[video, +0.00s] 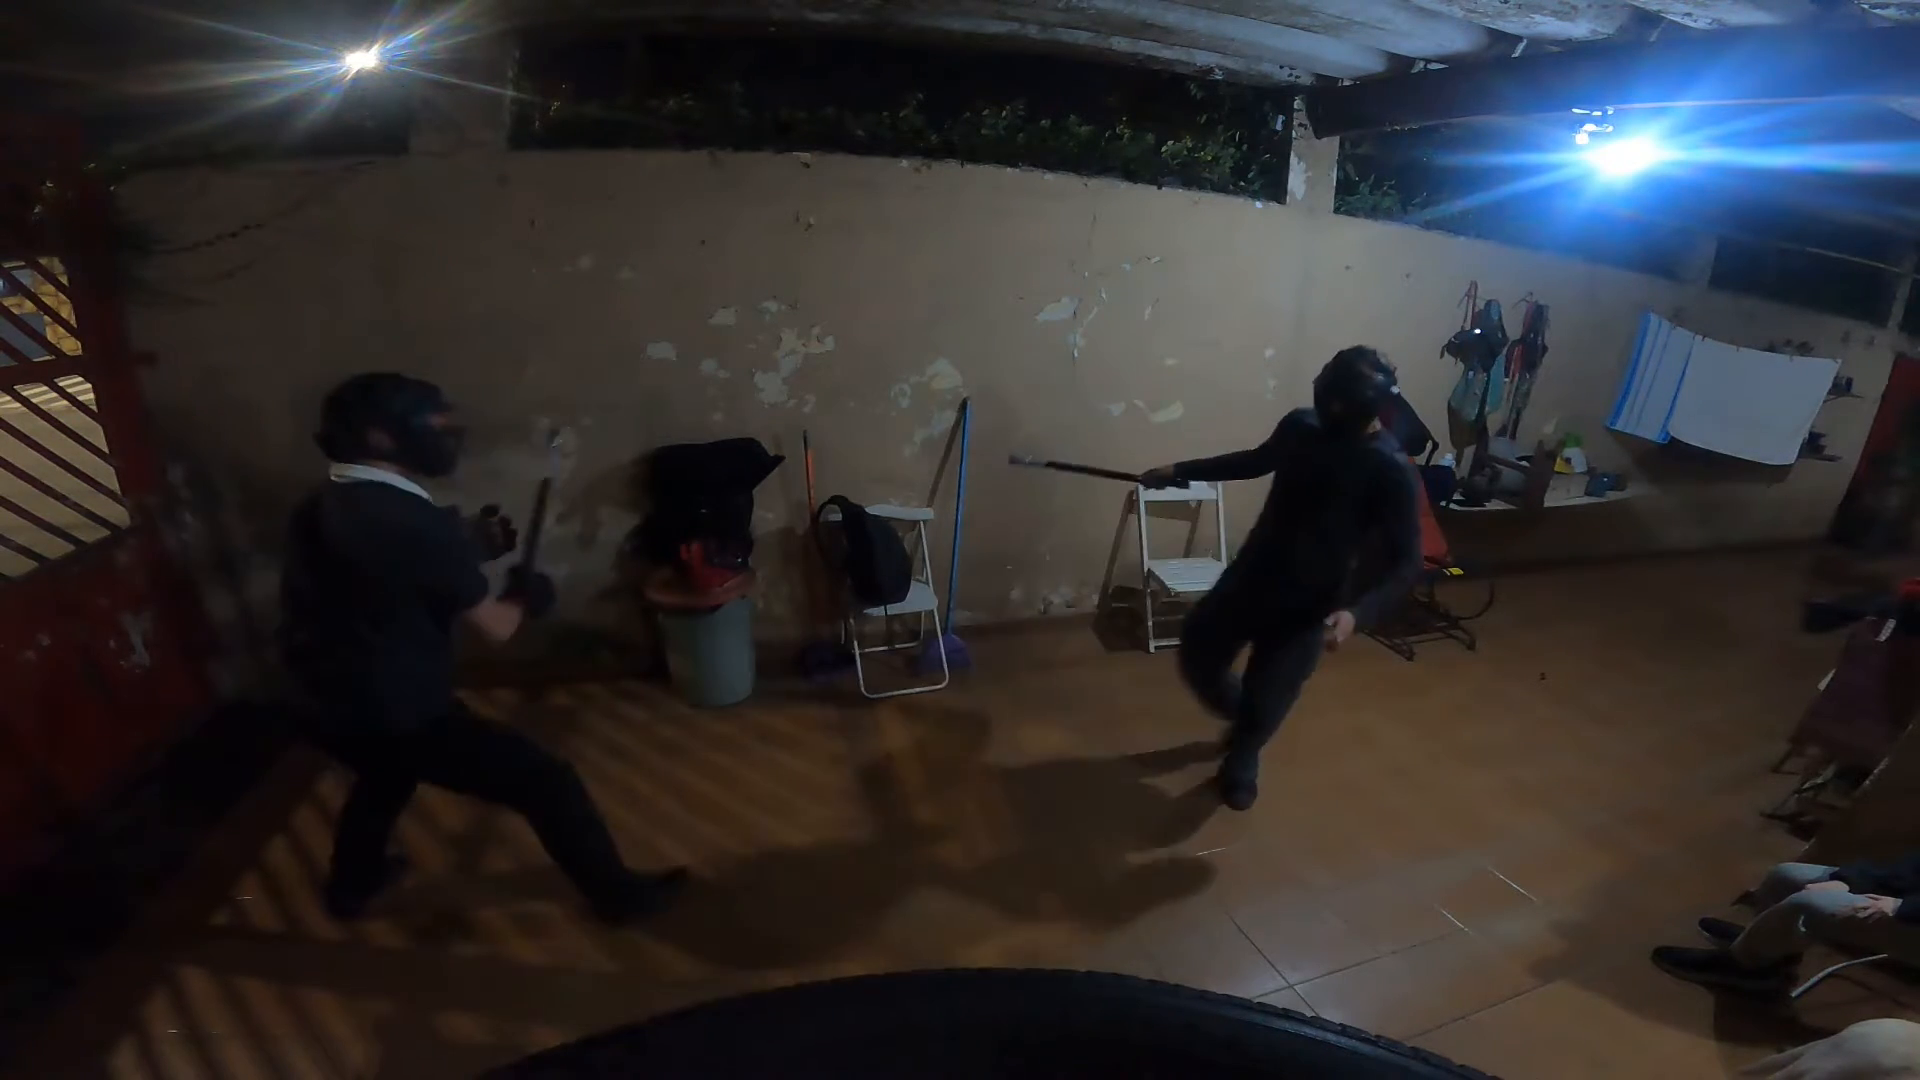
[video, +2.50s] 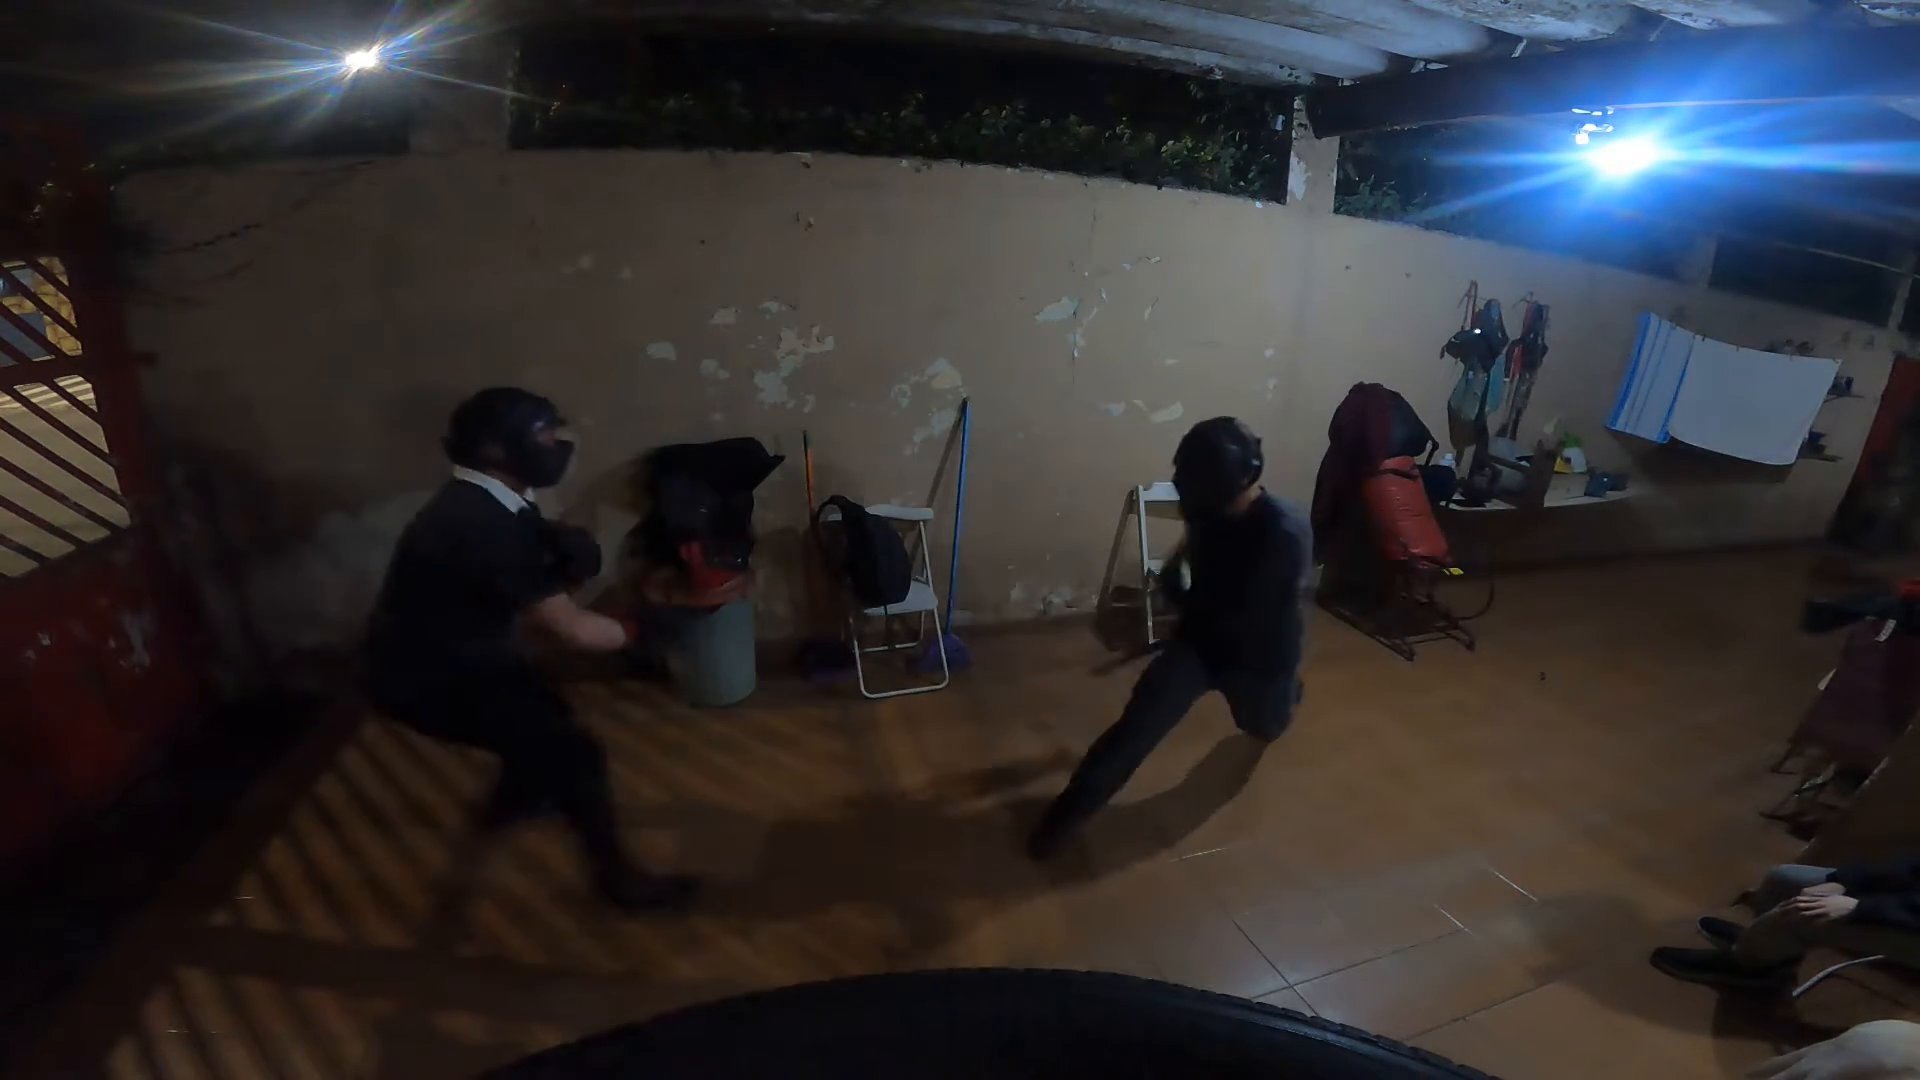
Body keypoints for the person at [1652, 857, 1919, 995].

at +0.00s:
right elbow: (1909, 869)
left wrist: (1903, 908)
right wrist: (1846, 879)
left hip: (1911, 924)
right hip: (1902, 893)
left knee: (1806, 906)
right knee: (1786, 876)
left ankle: (1740, 961)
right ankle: (1752, 941)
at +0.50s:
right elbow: (1912, 870)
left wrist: (1903, 908)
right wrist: (1846, 880)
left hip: (1911, 925)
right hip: (1901, 892)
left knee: (1807, 905)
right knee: (1784, 877)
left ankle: (1739, 961)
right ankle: (1760, 945)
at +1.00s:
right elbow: (1911, 866)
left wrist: (1898, 908)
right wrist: (1849, 881)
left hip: (1910, 926)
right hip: (1900, 894)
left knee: (1803, 908)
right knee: (1785, 877)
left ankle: (1739, 962)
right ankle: (1762, 946)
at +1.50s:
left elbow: (1915, 907)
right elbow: (1910, 868)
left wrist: (1864, 906)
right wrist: (1845, 881)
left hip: (1910, 924)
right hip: (1898, 891)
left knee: (1796, 914)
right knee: (1782, 879)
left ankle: (1738, 963)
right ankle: (1764, 952)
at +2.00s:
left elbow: (1913, 916)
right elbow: (1910, 869)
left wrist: (1857, 910)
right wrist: (1843, 883)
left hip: (1910, 928)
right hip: (1903, 890)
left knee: (1800, 914)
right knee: (1783, 879)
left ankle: (1742, 962)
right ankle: (1757, 943)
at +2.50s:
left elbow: (1913, 915)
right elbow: (1910, 870)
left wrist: (1857, 909)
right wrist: (1844, 882)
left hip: (1911, 927)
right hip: (1904, 890)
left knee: (1800, 914)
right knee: (1783, 880)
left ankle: (1742, 963)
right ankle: (1756, 945)